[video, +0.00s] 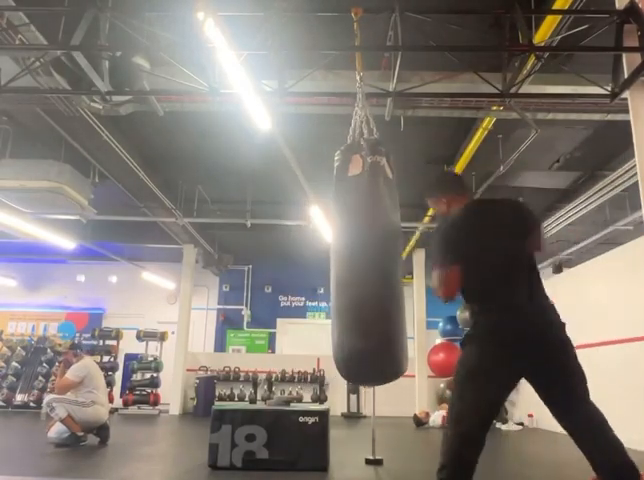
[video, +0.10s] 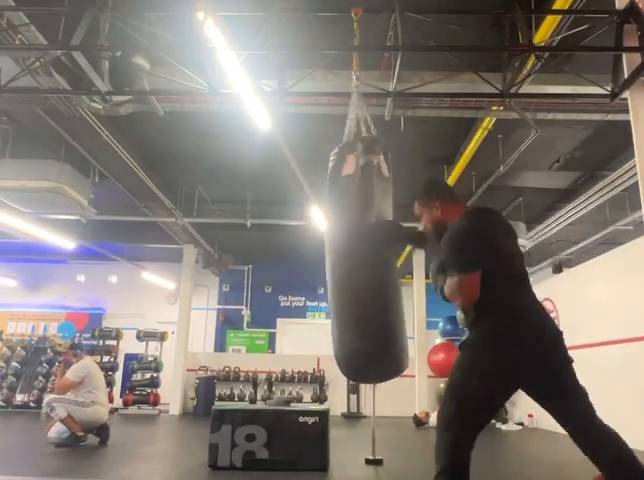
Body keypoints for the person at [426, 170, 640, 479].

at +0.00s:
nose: (435, 212)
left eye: (434, 205)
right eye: (432, 206)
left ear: (445, 199)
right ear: (465, 191)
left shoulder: (452, 229)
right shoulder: (512, 208)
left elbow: (447, 291)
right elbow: (537, 245)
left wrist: (447, 266)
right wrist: (502, 250)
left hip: (493, 335)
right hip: (543, 328)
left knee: (464, 431)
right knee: (579, 413)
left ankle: (452, 474)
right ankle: (626, 474)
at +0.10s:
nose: (423, 225)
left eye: (421, 216)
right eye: (419, 218)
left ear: (436, 207)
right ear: (449, 201)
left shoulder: (459, 233)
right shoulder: (493, 220)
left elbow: (465, 293)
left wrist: (446, 284)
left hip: (495, 342)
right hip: (537, 334)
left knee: (453, 434)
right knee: (586, 427)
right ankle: (632, 472)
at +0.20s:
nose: (425, 224)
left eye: (424, 214)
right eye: (422, 217)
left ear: (438, 204)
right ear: (454, 199)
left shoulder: (459, 222)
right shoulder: (504, 221)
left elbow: (464, 268)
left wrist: (433, 280)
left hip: (490, 339)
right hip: (536, 333)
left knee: (451, 425)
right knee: (569, 421)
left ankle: (447, 473)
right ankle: (621, 474)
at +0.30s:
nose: (440, 223)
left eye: (440, 216)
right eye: (437, 218)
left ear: (452, 205)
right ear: (469, 201)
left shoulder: (460, 219)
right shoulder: (529, 225)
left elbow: (452, 249)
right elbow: (550, 280)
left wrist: (430, 284)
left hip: (491, 339)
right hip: (543, 338)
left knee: (454, 422)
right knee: (559, 419)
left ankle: (445, 473)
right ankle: (603, 475)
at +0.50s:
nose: (484, 209)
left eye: (484, 203)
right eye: (482, 205)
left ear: (497, 192)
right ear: (516, 189)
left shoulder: (498, 212)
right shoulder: (570, 215)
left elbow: (493, 260)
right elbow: (573, 275)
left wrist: (468, 308)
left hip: (527, 334)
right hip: (579, 334)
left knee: (491, 422)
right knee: (594, 427)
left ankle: (475, 472)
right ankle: (616, 476)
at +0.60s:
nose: (492, 198)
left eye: (491, 190)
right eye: (489, 193)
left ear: (506, 175)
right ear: (525, 174)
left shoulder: (512, 195)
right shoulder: (579, 198)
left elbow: (514, 245)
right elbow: (582, 259)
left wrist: (498, 285)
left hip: (540, 311)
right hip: (591, 311)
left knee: (508, 399)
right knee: (602, 408)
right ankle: (624, 473)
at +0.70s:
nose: (503, 192)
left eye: (503, 183)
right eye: (500, 185)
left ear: (520, 170)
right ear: (534, 167)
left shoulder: (528, 191)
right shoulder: (592, 194)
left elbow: (523, 240)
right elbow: (609, 252)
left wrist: (505, 264)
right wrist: (579, 271)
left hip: (555, 312)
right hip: (603, 310)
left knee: (535, 405)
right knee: (612, 406)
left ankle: (581, 475)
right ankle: (638, 470)